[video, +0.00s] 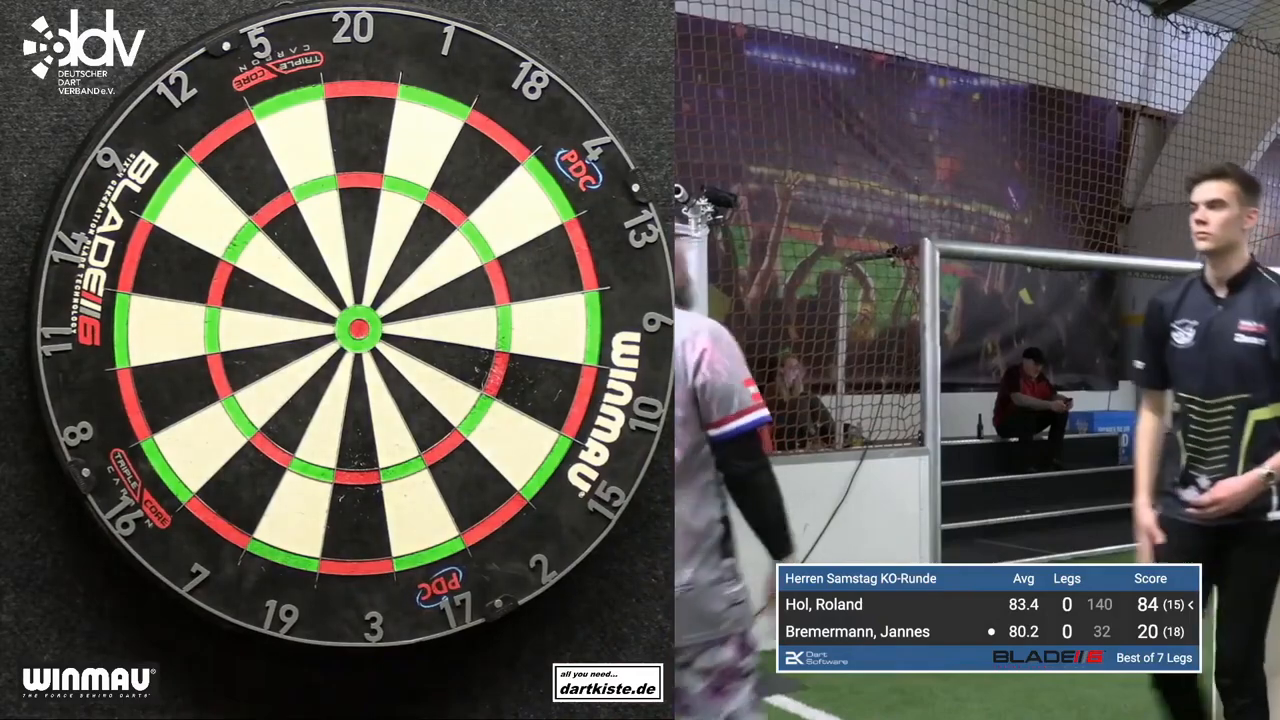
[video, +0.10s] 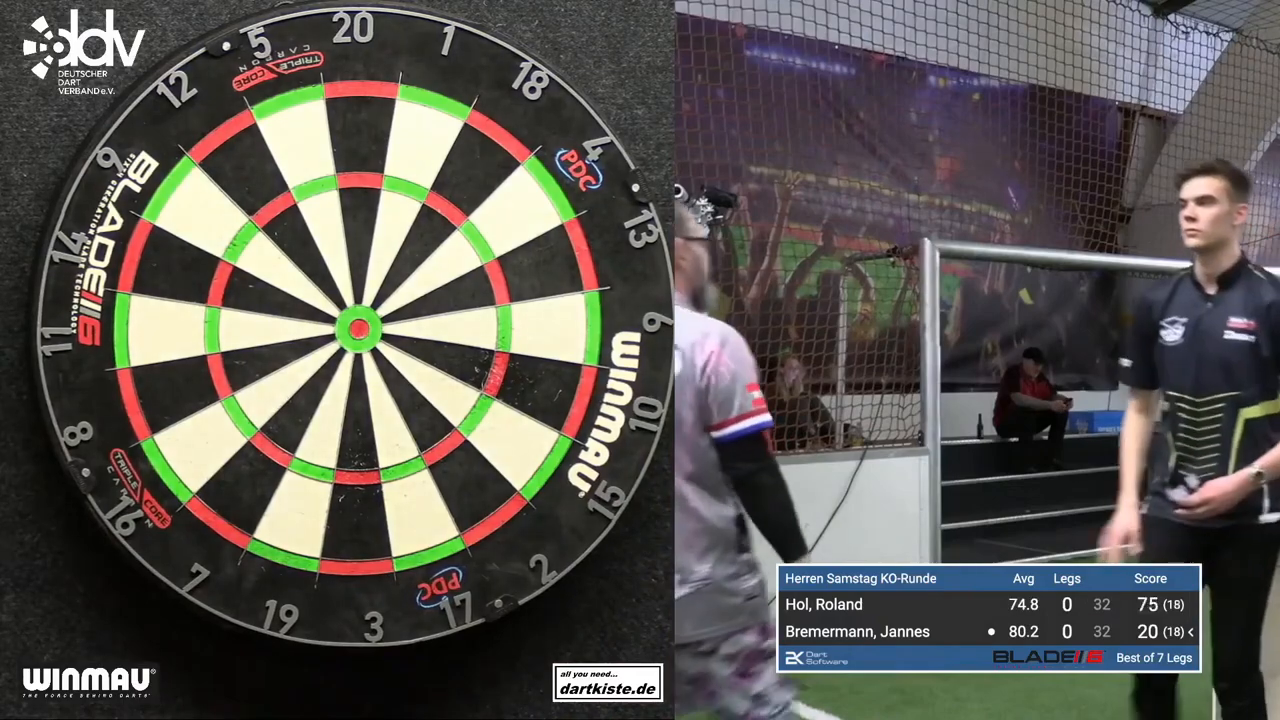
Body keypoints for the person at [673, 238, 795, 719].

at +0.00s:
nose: (687, 261)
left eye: (682, 244)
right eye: (677, 245)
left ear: (618, 266)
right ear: (661, 258)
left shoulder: (580, 345)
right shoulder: (699, 341)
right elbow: (743, 467)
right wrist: (785, 556)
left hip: (604, 591)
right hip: (691, 592)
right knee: (721, 704)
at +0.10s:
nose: (707, 256)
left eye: (705, 242)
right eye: (699, 242)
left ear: (650, 256)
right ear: (674, 253)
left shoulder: (595, 341)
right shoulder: (711, 343)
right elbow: (751, 470)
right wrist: (799, 559)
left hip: (615, 586)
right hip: (703, 590)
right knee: (761, 705)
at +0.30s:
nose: (771, 270)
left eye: (768, 257)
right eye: (763, 257)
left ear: (697, 271)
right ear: (738, 268)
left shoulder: (658, 339)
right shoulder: (765, 354)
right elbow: (786, 480)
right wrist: (826, 584)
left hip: (666, 585)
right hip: (750, 591)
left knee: (677, 710)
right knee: (791, 709)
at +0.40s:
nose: (798, 274)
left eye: (794, 262)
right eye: (789, 262)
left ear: (726, 278)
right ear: (769, 274)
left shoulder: (688, 358)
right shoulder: (795, 360)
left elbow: (675, 472)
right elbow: (809, 486)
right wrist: (841, 588)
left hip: (691, 582)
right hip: (772, 589)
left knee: (693, 706)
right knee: (819, 705)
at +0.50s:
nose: (844, 274)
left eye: (841, 263)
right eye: (837, 264)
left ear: (773, 278)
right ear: (813, 275)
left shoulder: (732, 355)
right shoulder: (848, 361)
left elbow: (723, 456)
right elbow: (856, 482)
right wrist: (879, 574)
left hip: (740, 559)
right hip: (825, 566)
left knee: (725, 686)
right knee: (856, 685)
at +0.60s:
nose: (879, 276)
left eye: (878, 265)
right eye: (876, 266)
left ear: (816, 273)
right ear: (859, 275)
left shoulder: (768, 352)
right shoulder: (882, 353)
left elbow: (762, 460)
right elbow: (907, 461)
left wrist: (761, 546)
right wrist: (941, 537)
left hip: (784, 549)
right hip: (866, 551)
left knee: (770, 673)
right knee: (879, 679)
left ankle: (746, 714)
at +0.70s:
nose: (901, 275)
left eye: (899, 263)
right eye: (896, 264)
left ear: (835, 270)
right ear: (877, 273)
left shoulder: (789, 351)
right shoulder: (904, 350)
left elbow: (769, 458)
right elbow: (940, 452)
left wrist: (760, 538)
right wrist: (978, 524)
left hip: (804, 550)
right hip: (887, 555)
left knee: (801, 672)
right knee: (887, 678)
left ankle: (779, 713)